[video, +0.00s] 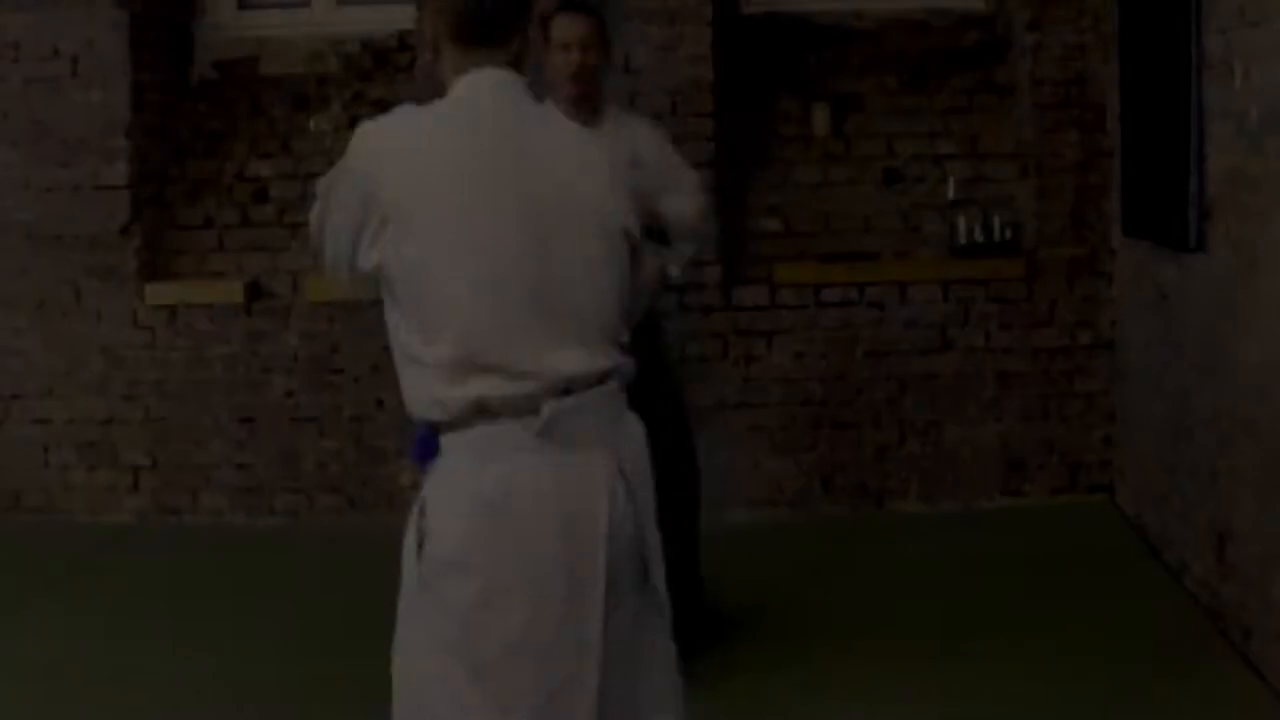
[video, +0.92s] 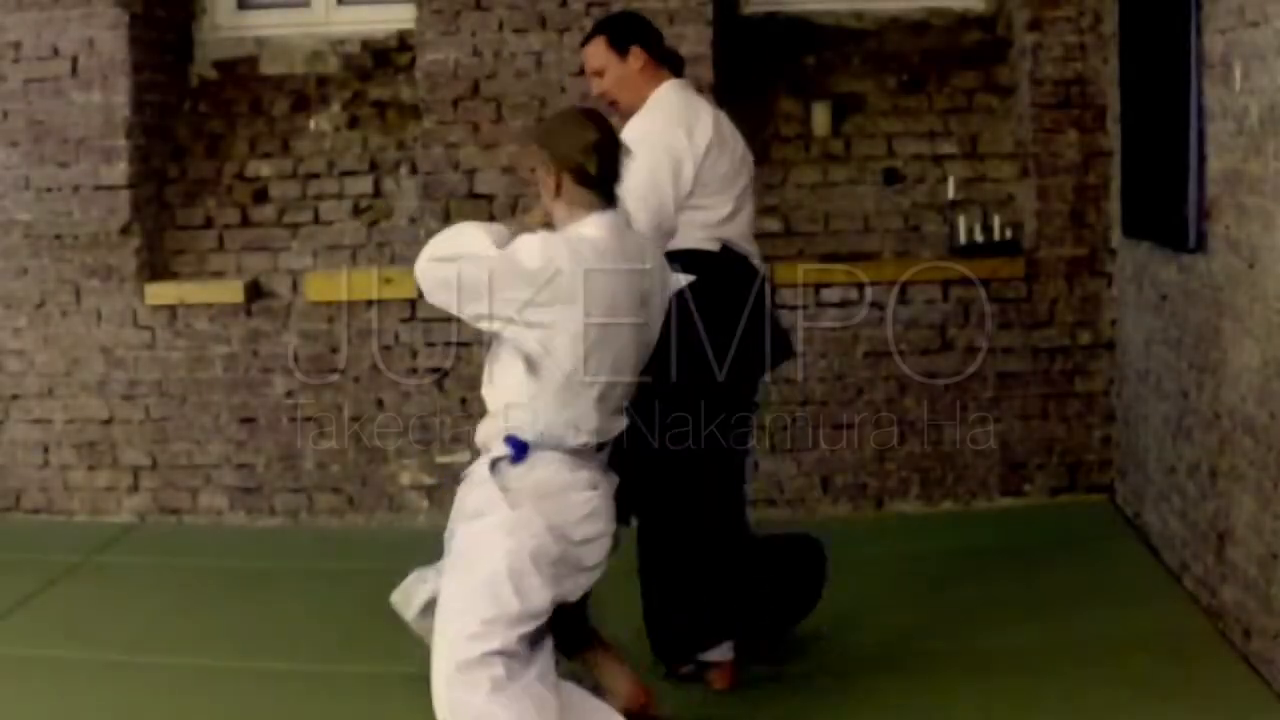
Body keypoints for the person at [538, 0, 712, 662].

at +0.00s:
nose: (575, 61)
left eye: (586, 47)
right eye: (562, 48)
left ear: (605, 55)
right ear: (542, 55)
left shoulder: (634, 138)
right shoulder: (523, 139)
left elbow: (692, 218)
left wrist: (650, 270)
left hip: (635, 334)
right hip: (549, 332)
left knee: (667, 471)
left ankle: (677, 613)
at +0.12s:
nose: (599, 68)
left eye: (612, 55)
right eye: (586, 56)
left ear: (630, 63)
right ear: (569, 65)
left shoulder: (667, 143)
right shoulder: (546, 150)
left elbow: (712, 243)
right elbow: (518, 234)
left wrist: (708, 216)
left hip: (660, 324)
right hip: (576, 329)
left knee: (691, 476)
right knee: (593, 475)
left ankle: (705, 616)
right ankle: (599, 628)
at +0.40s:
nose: (619, 77)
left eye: (631, 62)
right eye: (608, 66)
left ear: (659, 64)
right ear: (594, 76)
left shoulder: (707, 126)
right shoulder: (591, 157)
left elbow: (730, 178)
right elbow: (577, 237)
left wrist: (665, 130)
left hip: (720, 332)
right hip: (645, 337)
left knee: (749, 480)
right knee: (678, 489)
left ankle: (759, 616)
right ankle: (695, 632)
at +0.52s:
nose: (596, 75)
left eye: (607, 59)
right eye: (588, 65)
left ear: (645, 59)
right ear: (590, 76)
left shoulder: (676, 120)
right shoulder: (625, 136)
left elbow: (618, 188)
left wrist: (545, 172)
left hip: (723, 332)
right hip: (676, 334)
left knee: (734, 501)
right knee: (706, 499)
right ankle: (718, 640)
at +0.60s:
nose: (593, 74)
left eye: (602, 59)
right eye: (587, 64)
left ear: (640, 53)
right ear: (620, 62)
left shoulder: (665, 114)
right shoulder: (645, 115)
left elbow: (592, 193)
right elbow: (595, 192)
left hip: (709, 304)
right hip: (692, 301)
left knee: (725, 476)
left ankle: (749, 632)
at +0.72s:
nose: (593, 82)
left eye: (600, 65)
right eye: (588, 70)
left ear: (641, 53)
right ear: (651, 59)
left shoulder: (650, 121)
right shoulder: (716, 115)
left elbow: (600, 213)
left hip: (686, 295)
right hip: (744, 293)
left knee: (705, 470)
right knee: (765, 454)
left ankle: (729, 641)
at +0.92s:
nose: (595, 90)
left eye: (598, 72)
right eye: (588, 77)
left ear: (639, 58)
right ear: (651, 63)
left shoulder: (660, 123)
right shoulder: (707, 116)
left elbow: (640, 226)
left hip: (689, 293)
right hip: (737, 291)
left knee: (679, 473)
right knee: (716, 469)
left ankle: (703, 642)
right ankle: (719, 634)